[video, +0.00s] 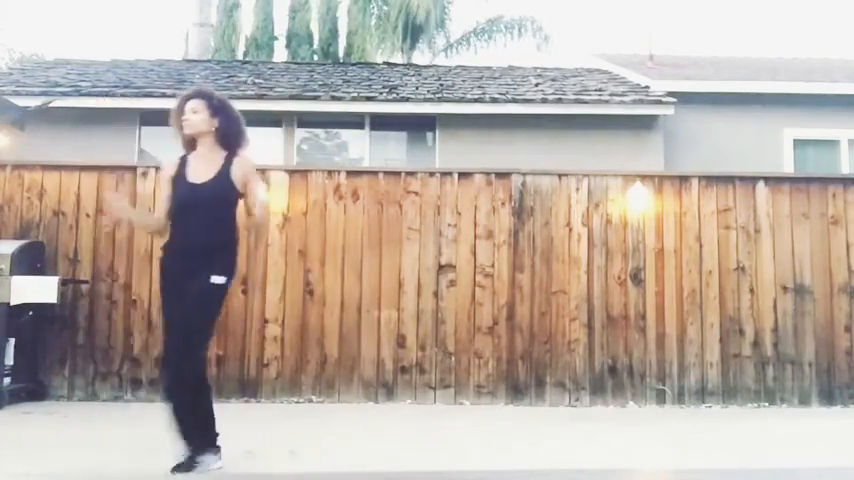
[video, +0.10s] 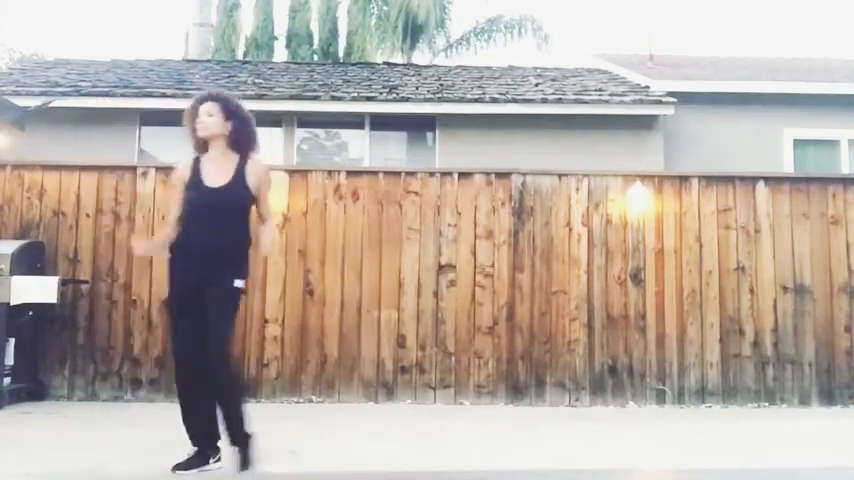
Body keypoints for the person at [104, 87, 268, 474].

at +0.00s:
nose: (188, 118)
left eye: (196, 112)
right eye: (185, 114)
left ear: (217, 118)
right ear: (182, 122)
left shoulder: (238, 163)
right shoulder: (175, 165)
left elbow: (259, 222)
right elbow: (158, 223)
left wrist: (260, 203)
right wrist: (126, 212)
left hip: (215, 264)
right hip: (175, 262)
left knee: (186, 353)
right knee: (177, 355)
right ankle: (198, 447)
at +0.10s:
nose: (203, 122)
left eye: (211, 116)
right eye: (200, 117)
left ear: (230, 123)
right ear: (195, 125)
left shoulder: (252, 168)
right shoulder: (188, 168)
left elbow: (265, 217)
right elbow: (175, 222)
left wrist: (267, 237)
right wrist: (153, 245)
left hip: (226, 273)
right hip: (185, 272)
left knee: (214, 356)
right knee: (187, 359)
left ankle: (240, 439)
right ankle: (204, 445)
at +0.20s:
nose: (219, 123)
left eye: (227, 117)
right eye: (214, 119)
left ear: (244, 124)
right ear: (209, 128)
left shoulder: (267, 171)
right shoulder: (200, 168)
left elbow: (275, 225)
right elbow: (185, 222)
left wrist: (272, 268)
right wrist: (175, 264)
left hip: (243, 274)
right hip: (198, 272)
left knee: (257, 356)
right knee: (195, 358)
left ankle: (278, 443)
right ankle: (206, 446)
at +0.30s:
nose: (242, 123)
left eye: (249, 118)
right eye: (235, 119)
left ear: (264, 126)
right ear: (225, 130)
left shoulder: (280, 168)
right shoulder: (215, 169)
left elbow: (285, 226)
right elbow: (195, 226)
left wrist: (285, 275)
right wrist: (190, 278)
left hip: (259, 272)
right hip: (217, 271)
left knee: (282, 357)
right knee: (205, 358)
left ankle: (312, 445)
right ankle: (206, 447)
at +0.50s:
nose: (288, 124)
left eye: (292, 119)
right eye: (280, 119)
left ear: (300, 128)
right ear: (264, 128)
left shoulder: (309, 170)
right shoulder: (251, 172)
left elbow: (313, 229)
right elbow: (235, 231)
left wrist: (319, 276)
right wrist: (237, 286)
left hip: (307, 279)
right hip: (266, 279)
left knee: (312, 367)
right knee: (238, 363)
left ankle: (328, 450)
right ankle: (210, 444)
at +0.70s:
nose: (323, 125)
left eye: (325, 120)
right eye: (314, 120)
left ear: (328, 128)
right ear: (297, 128)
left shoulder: (335, 170)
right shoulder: (286, 172)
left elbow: (339, 225)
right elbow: (260, 227)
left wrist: (361, 257)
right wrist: (294, 265)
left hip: (344, 275)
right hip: (309, 278)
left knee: (340, 366)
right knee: (295, 367)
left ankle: (333, 451)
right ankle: (255, 442)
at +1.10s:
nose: (358, 131)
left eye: (359, 126)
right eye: (348, 128)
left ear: (363, 133)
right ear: (333, 137)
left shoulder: (371, 176)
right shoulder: (333, 171)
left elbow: (378, 232)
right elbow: (315, 225)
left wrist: (389, 275)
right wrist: (357, 259)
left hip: (378, 274)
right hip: (347, 276)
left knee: (392, 357)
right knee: (386, 359)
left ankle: (347, 440)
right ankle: (431, 446)